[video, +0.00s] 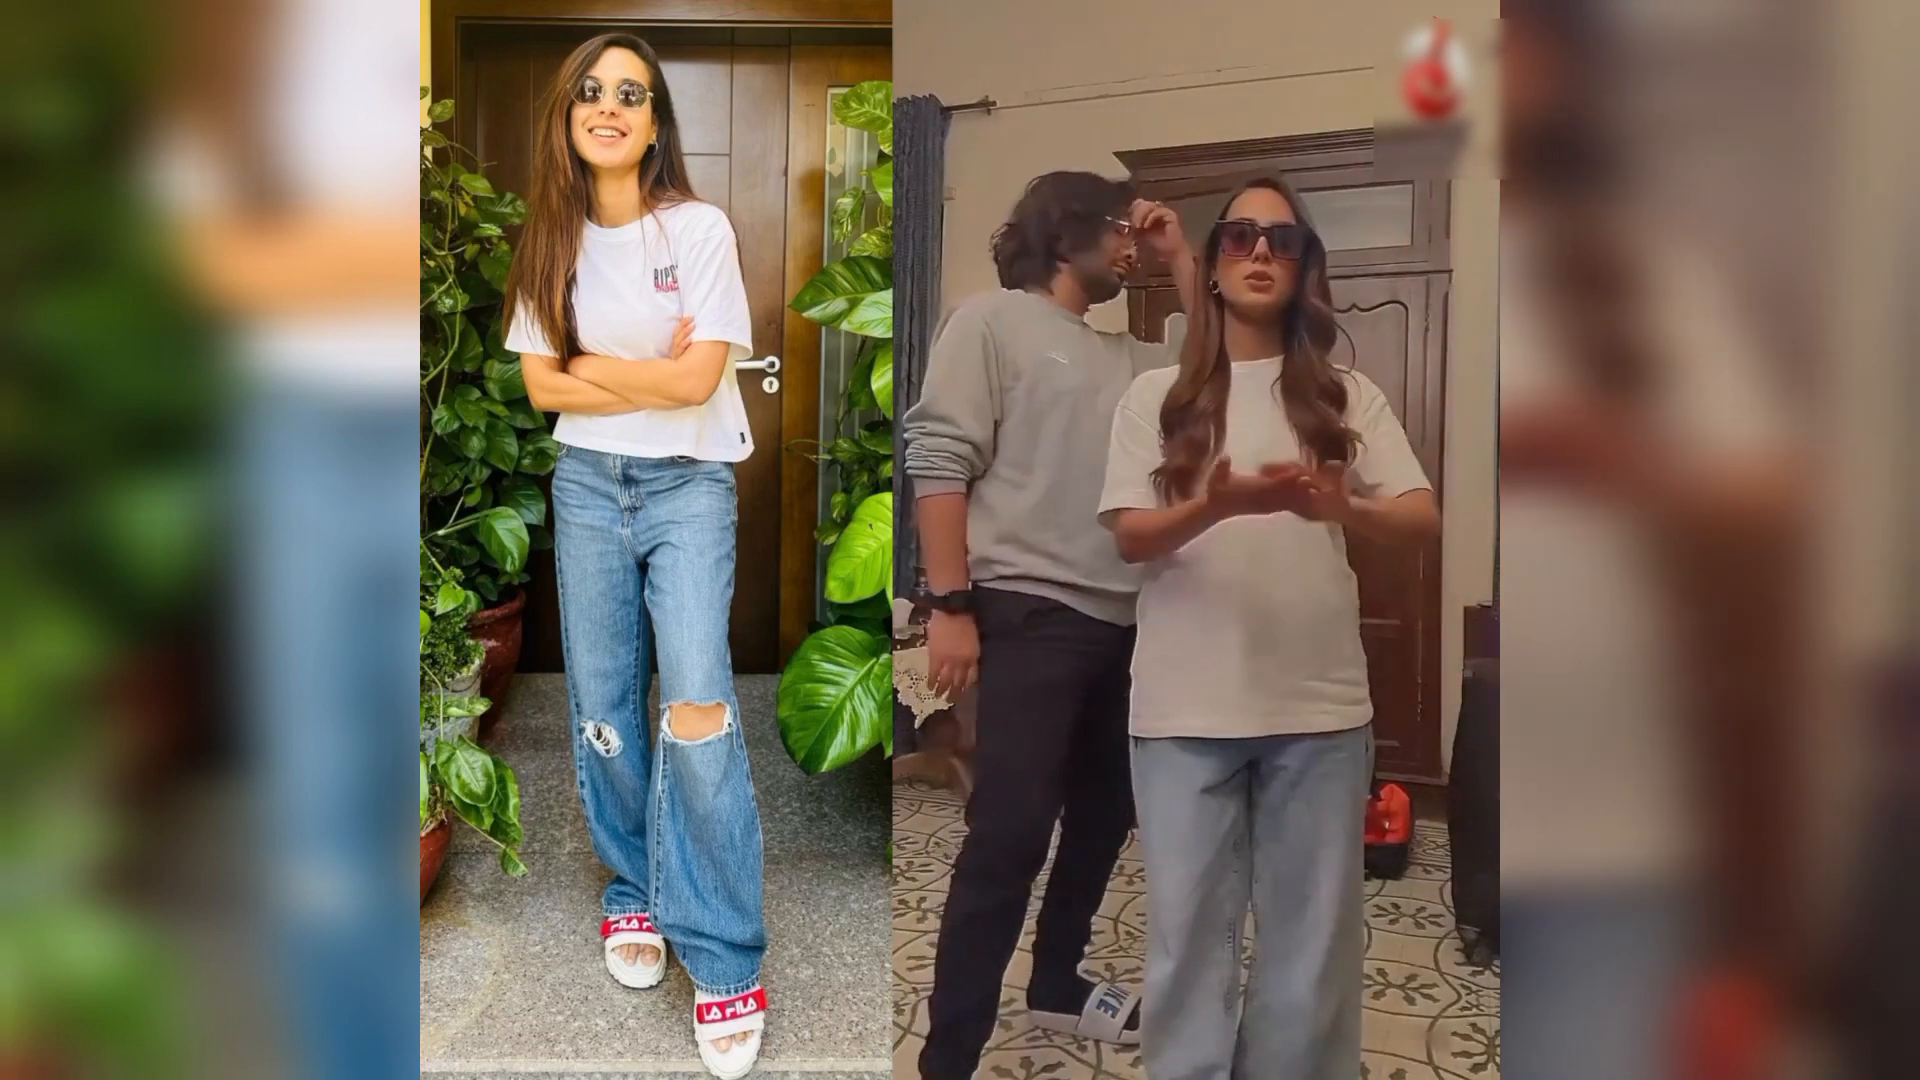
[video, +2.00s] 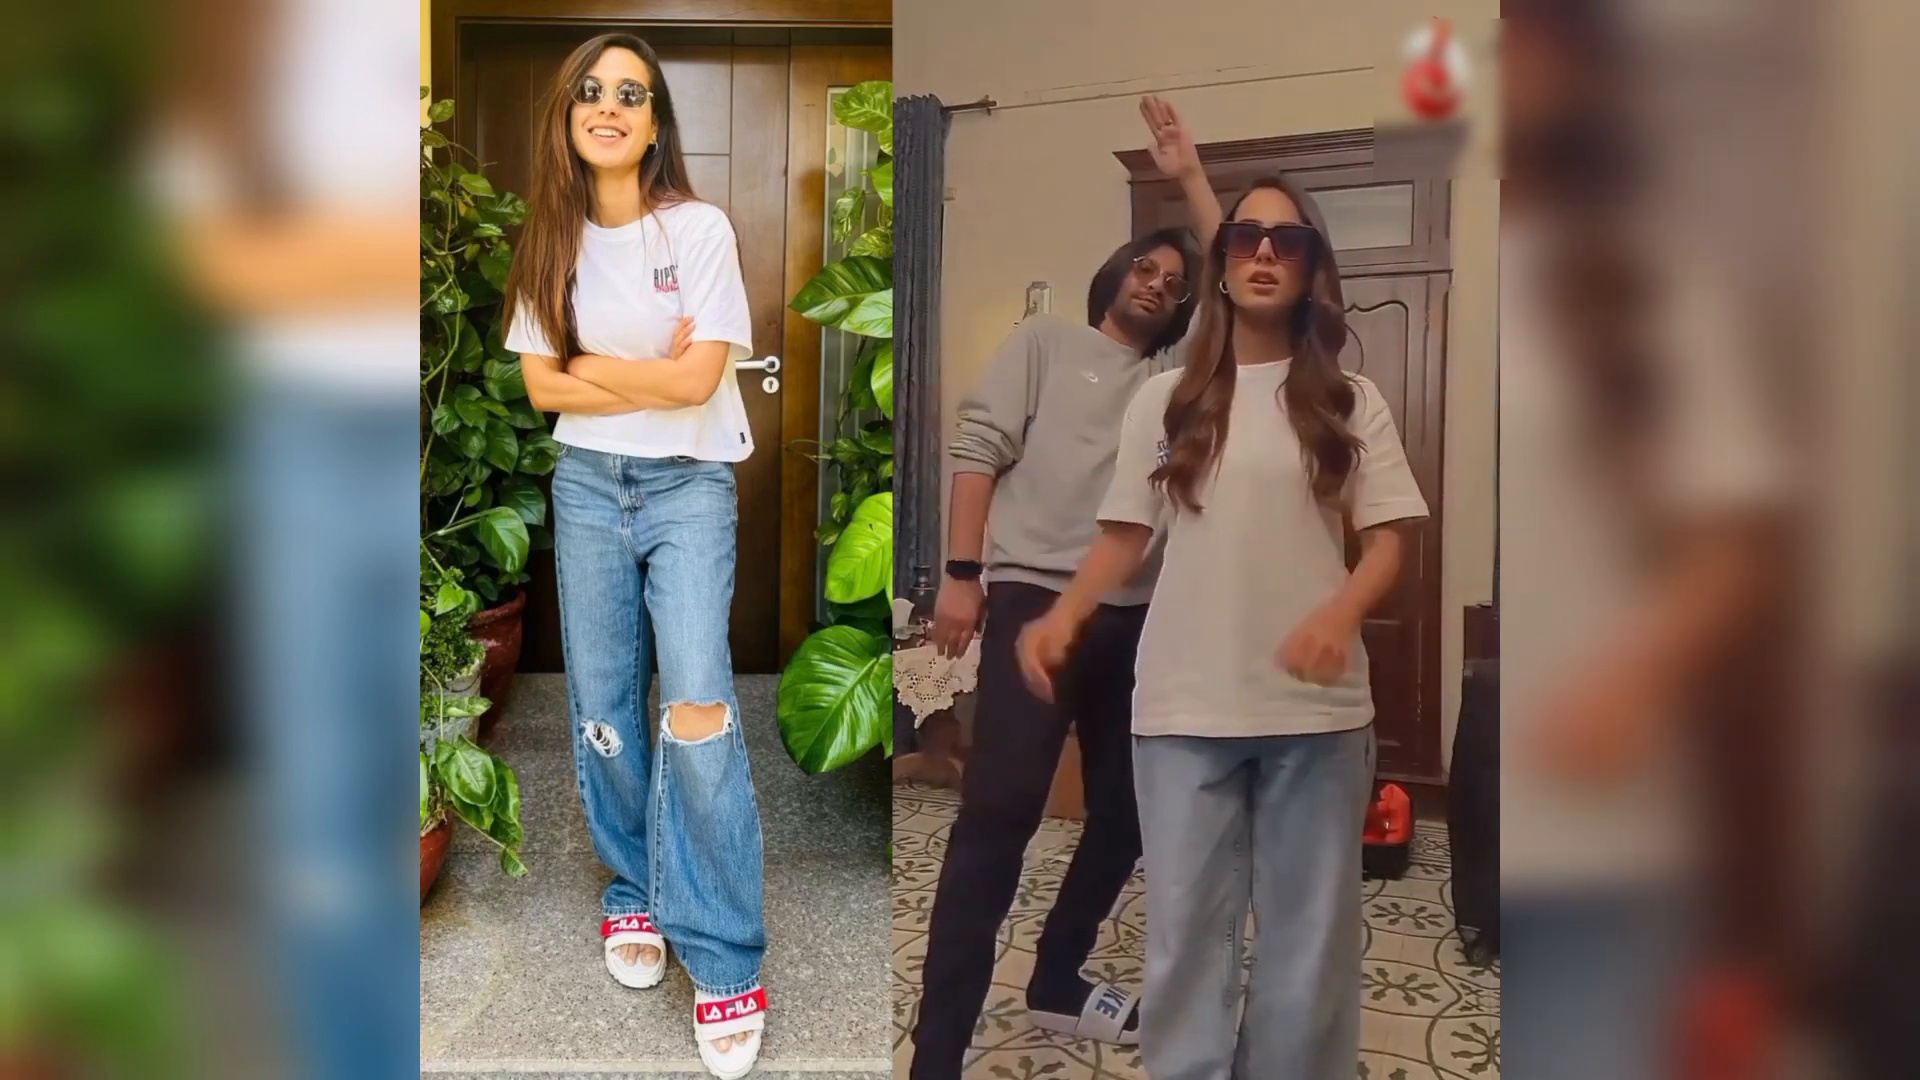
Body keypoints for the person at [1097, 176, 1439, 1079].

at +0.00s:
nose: (1259, 251)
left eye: (1280, 239)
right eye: (1239, 237)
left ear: (1305, 267)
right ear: (1212, 262)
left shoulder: (1348, 393)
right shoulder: (1156, 395)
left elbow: (1422, 520)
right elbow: (1133, 538)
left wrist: (1344, 506)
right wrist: (1217, 504)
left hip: (1321, 714)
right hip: (1183, 716)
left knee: (1314, 955)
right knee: (1184, 947)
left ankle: (1292, 1074)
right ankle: (1186, 1071)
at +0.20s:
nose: (1260, 248)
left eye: (1283, 238)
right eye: (1240, 235)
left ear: (1307, 269)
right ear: (1212, 265)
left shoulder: (1347, 395)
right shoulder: (1155, 397)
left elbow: (1410, 549)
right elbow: (1118, 552)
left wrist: (1372, 466)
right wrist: (1154, 469)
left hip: (1321, 714)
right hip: (1182, 717)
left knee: (1312, 959)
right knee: (1184, 949)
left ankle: (1293, 1073)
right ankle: (1185, 1069)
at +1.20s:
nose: (1262, 250)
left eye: (1282, 237)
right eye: (1243, 235)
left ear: (1309, 262)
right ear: (1213, 258)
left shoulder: (1346, 393)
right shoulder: (1156, 392)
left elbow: (1385, 540)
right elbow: (1113, 536)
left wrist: (1470, 491)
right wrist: (1029, 481)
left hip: (1318, 707)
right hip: (1182, 708)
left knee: (1312, 946)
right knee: (1183, 941)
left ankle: (1293, 1074)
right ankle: (1186, 1069)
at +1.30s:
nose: (1263, 252)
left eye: (1284, 240)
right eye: (1244, 237)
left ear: (1309, 269)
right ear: (1215, 265)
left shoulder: (1344, 397)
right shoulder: (1156, 397)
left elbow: (1386, 545)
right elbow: (1111, 538)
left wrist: (1476, 679)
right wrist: (1045, 652)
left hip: (1318, 716)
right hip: (1180, 716)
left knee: (1312, 952)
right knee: (1183, 945)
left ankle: (1296, 1072)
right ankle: (1184, 1067)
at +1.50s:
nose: (1261, 246)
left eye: (1283, 235)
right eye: (1241, 233)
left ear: (1308, 267)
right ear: (1215, 262)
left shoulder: (1349, 395)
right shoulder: (1162, 393)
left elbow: (1378, 547)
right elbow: (1147, 545)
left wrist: (1360, 675)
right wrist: (1124, 665)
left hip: (1315, 712)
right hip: (1183, 712)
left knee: (1310, 952)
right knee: (1184, 945)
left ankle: (1293, 1070)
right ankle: (1185, 1066)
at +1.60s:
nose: (1249, 245)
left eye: (1272, 233)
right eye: (1232, 233)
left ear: (1306, 261)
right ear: (1210, 262)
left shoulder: (1349, 392)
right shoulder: (1172, 395)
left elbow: (1397, 551)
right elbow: (1156, 544)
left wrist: (1332, 521)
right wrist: (1031, 522)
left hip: (1317, 705)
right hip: (1188, 703)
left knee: (1313, 955)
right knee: (1185, 950)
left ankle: (1287, 1078)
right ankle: (1188, 1072)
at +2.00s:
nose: (1262, 253)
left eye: (1284, 240)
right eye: (1245, 237)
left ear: (1312, 267)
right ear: (1218, 262)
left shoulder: (1348, 396)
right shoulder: (1163, 391)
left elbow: (1386, 540)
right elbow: (1124, 534)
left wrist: (1343, 611)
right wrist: (1067, 610)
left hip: (1317, 710)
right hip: (1185, 708)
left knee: (1312, 949)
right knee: (1182, 941)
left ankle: (1291, 1077)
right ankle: (1185, 1071)